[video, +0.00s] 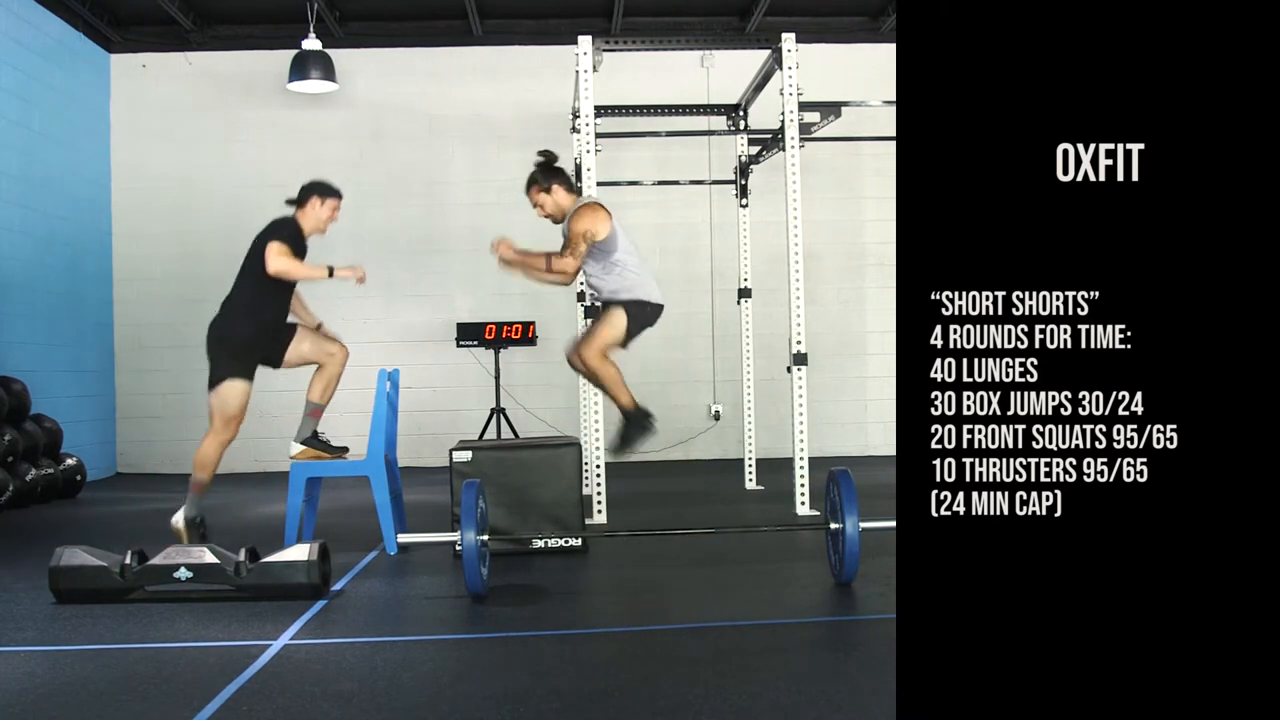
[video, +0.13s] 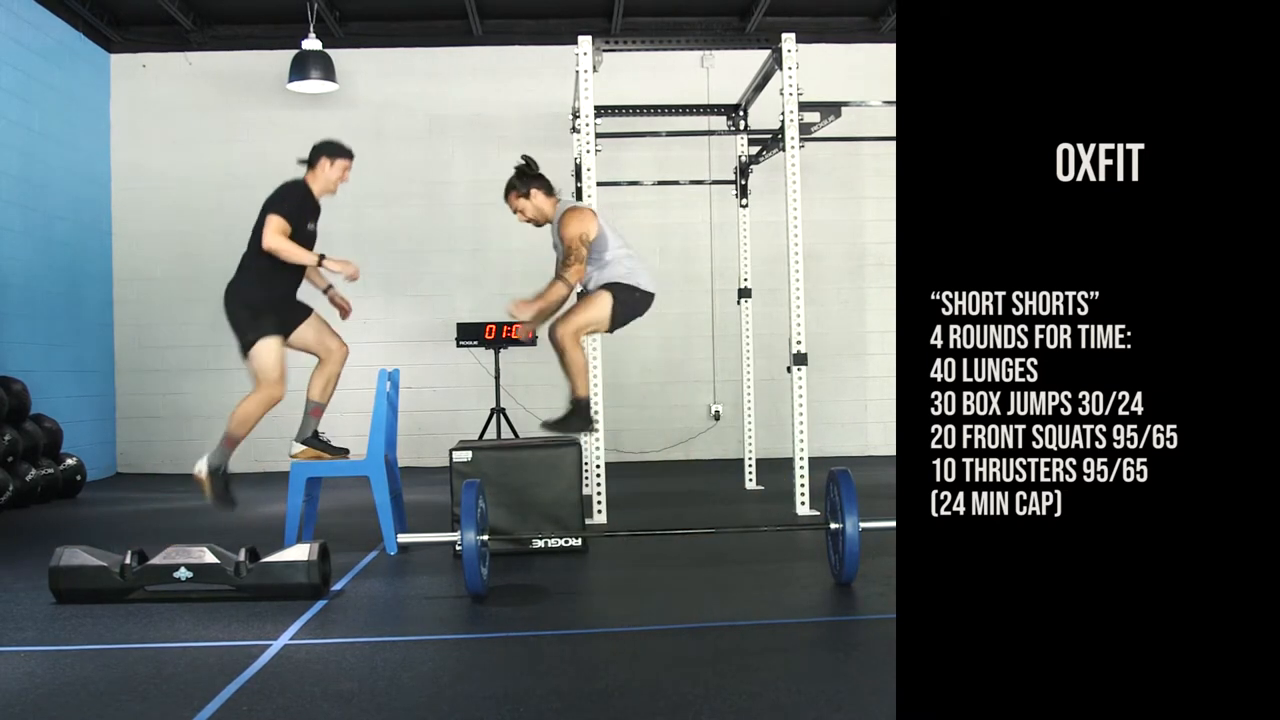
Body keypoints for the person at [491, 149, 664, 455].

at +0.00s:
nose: (540, 214)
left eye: (539, 205)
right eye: (536, 207)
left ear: (555, 190)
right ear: (555, 190)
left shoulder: (585, 215)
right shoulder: (580, 218)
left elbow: (567, 263)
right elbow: (566, 276)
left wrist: (516, 254)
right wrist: (518, 265)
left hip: (637, 300)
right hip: (621, 301)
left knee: (589, 352)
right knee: (576, 355)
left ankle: (635, 415)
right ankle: (632, 413)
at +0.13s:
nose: (522, 218)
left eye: (519, 210)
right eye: (516, 213)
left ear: (535, 194)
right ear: (535, 195)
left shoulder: (574, 219)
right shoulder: (563, 224)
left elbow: (571, 275)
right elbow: (563, 281)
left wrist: (536, 306)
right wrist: (534, 322)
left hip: (628, 286)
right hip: (616, 287)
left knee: (564, 331)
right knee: (560, 331)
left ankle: (582, 411)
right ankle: (579, 410)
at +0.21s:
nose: (515, 215)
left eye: (513, 206)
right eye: (510, 209)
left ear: (528, 191)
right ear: (530, 192)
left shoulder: (563, 218)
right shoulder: (553, 223)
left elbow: (584, 270)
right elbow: (569, 277)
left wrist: (563, 312)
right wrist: (561, 314)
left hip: (614, 299)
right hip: (603, 298)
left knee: (556, 350)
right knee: (555, 348)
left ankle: (580, 427)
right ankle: (579, 426)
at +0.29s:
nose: (509, 204)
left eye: (508, 195)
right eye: (505, 199)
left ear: (524, 181)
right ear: (525, 183)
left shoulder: (559, 209)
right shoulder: (549, 213)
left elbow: (589, 254)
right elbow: (584, 256)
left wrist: (579, 303)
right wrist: (575, 302)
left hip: (603, 297)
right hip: (596, 296)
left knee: (547, 348)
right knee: (546, 347)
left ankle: (572, 424)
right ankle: (571, 423)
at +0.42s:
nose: (506, 179)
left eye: (504, 170)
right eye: (502, 174)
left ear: (521, 155)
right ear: (520, 158)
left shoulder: (556, 183)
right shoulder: (545, 189)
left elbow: (591, 223)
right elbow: (576, 233)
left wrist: (583, 278)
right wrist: (567, 282)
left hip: (592, 277)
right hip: (579, 278)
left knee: (553, 341)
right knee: (550, 341)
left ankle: (572, 422)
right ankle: (569, 420)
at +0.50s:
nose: (506, 163)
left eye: (505, 155)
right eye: (502, 159)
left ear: (522, 139)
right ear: (523, 141)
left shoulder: (557, 167)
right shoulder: (543, 175)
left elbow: (590, 209)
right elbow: (571, 221)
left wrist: (584, 266)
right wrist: (564, 269)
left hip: (583, 268)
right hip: (568, 269)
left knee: (569, 337)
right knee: (558, 338)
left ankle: (576, 421)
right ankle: (571, 418)